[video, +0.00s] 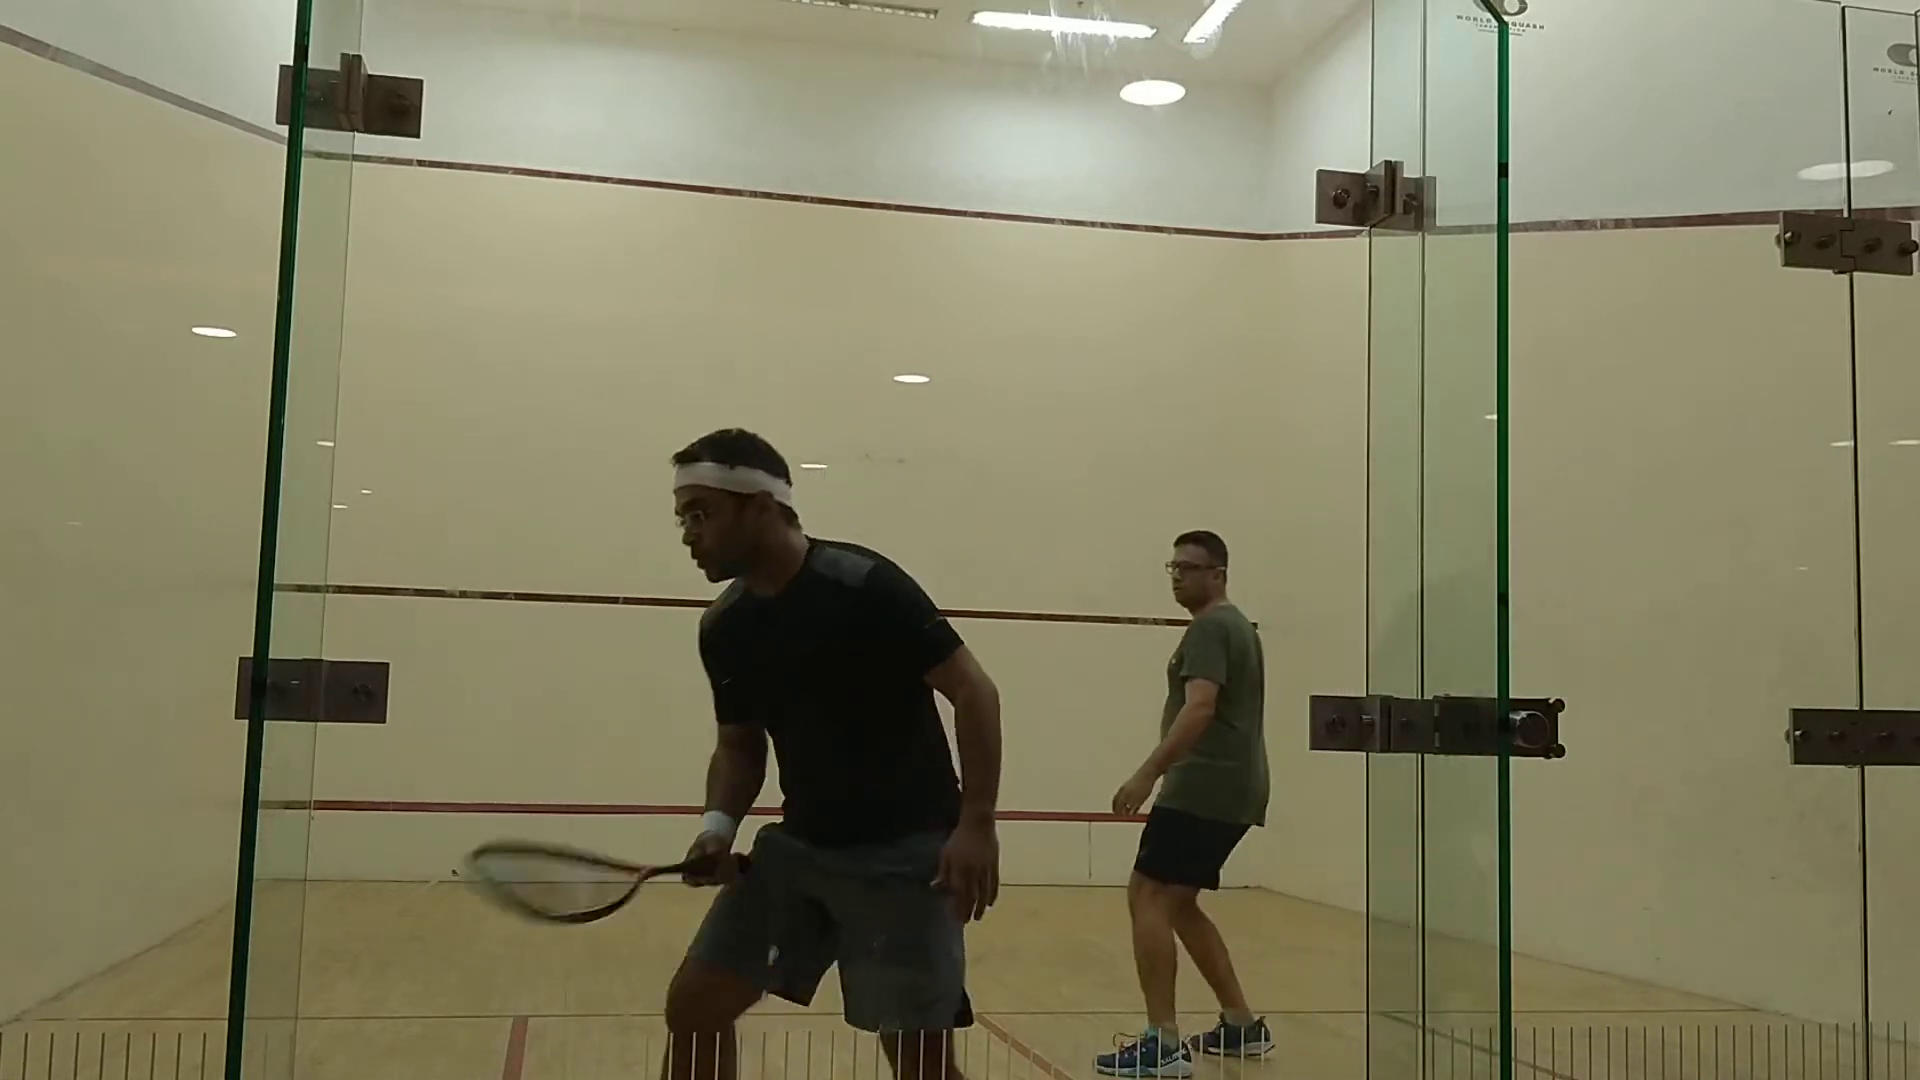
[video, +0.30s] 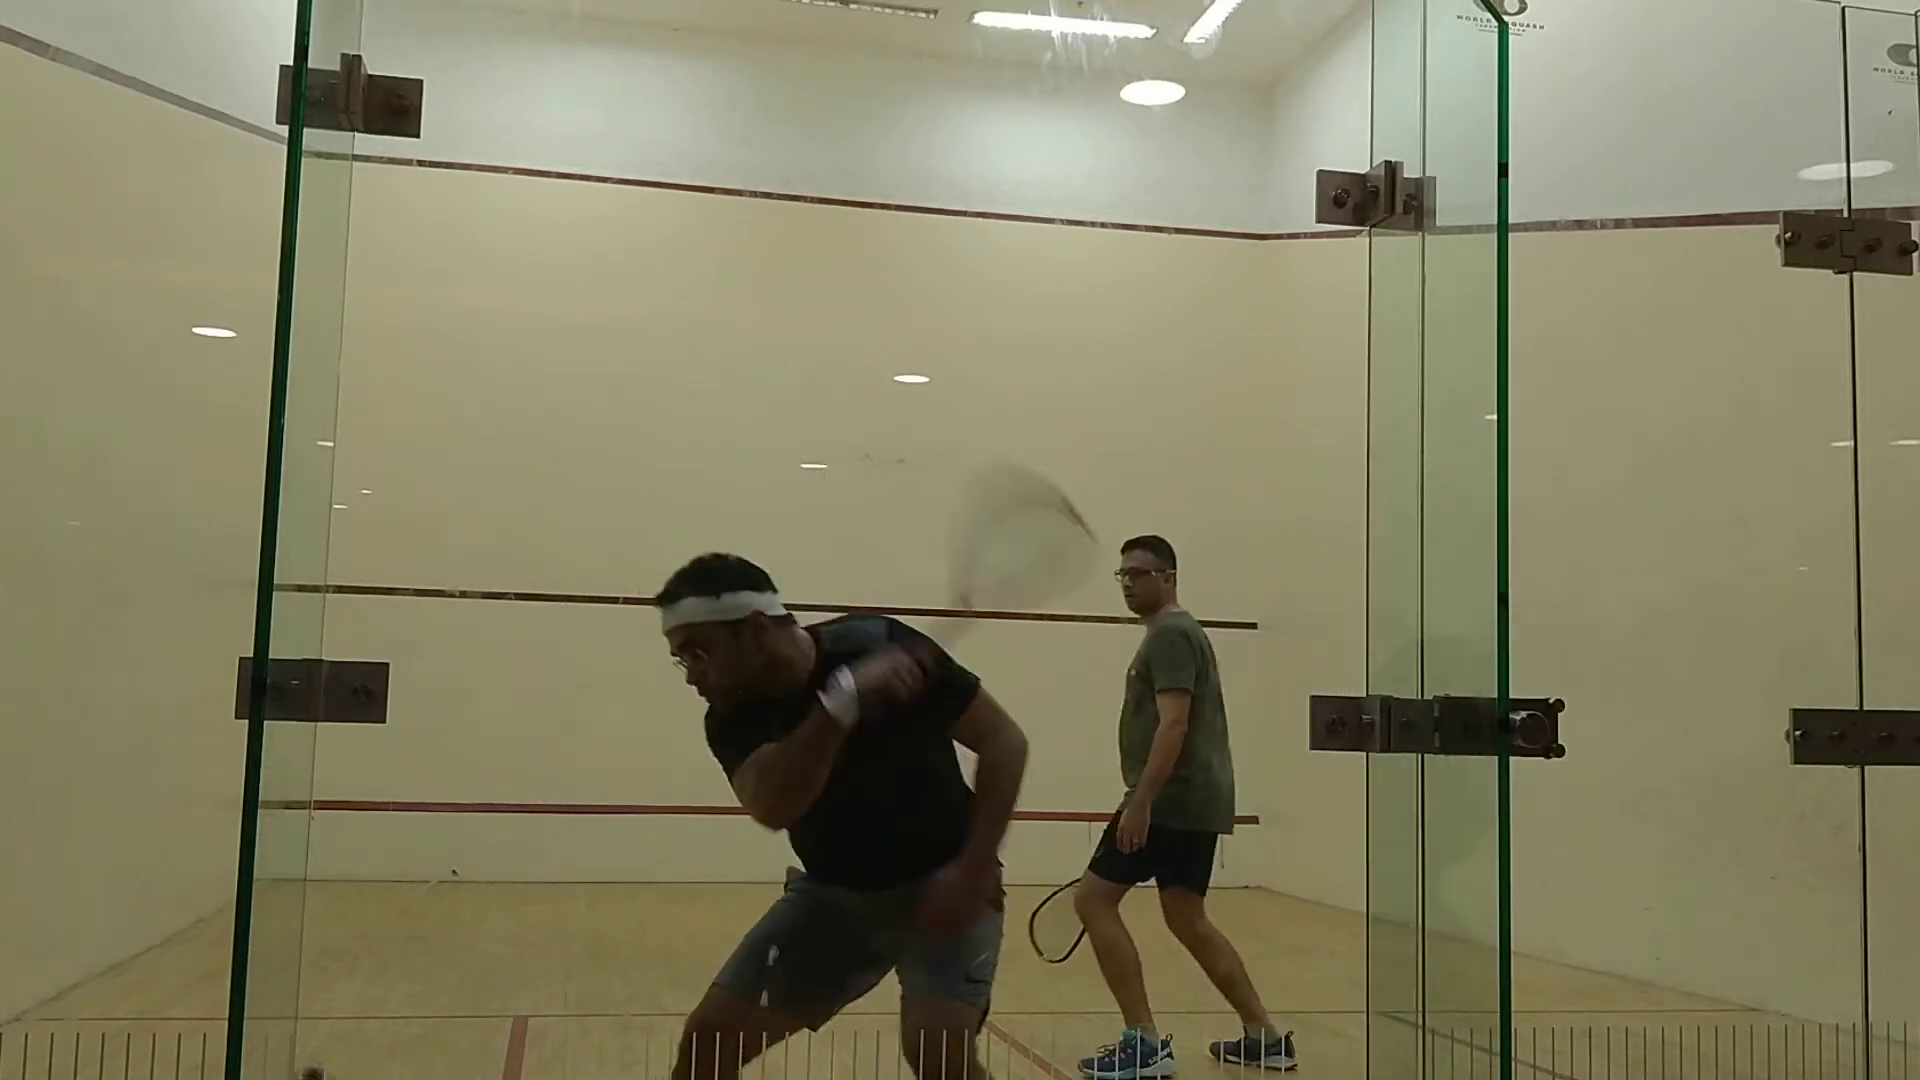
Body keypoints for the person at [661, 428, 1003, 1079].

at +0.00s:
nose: (687, 535)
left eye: (699, 514)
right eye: (683, 518)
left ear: (759, 506)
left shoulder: (868, 585)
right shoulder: (725, 628)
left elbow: (975, 695)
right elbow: (740, 743)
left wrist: (977, 825)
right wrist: (716, 830)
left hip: (906, 858)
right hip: (802, 851)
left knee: (921, 1058)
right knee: (695, 1009)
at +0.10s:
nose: (661, 577)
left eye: (673, 556)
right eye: (656, 561)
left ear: (734, 544)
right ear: (729, 547)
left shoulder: (857, 604)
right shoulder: (699, 677)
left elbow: (975, 702)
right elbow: (723, 812)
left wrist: (954, 817)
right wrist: (688, 822)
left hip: (904, 858)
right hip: (793, 864)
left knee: (898, 1054)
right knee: (694, 1034)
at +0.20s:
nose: (657, 634)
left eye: (663, 611)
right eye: (650, 616)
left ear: (721, 595)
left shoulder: (855, 623)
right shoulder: (702, 708)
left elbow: (970, 722)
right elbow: (747, 813)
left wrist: (929, 823)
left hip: (919, 866)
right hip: (812, 874)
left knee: (900, 1041)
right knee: (696, 1032)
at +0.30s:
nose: (691, 677)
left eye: (698, 653)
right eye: (681, 659)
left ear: (756, 628)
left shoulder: (879, 644)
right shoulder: (729, 717)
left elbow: (1004, 741)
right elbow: (770, 803)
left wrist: (977, 862)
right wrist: (845, 697)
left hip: (947, 884)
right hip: (837, 897)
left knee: (936, 1051)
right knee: (708, 1041)